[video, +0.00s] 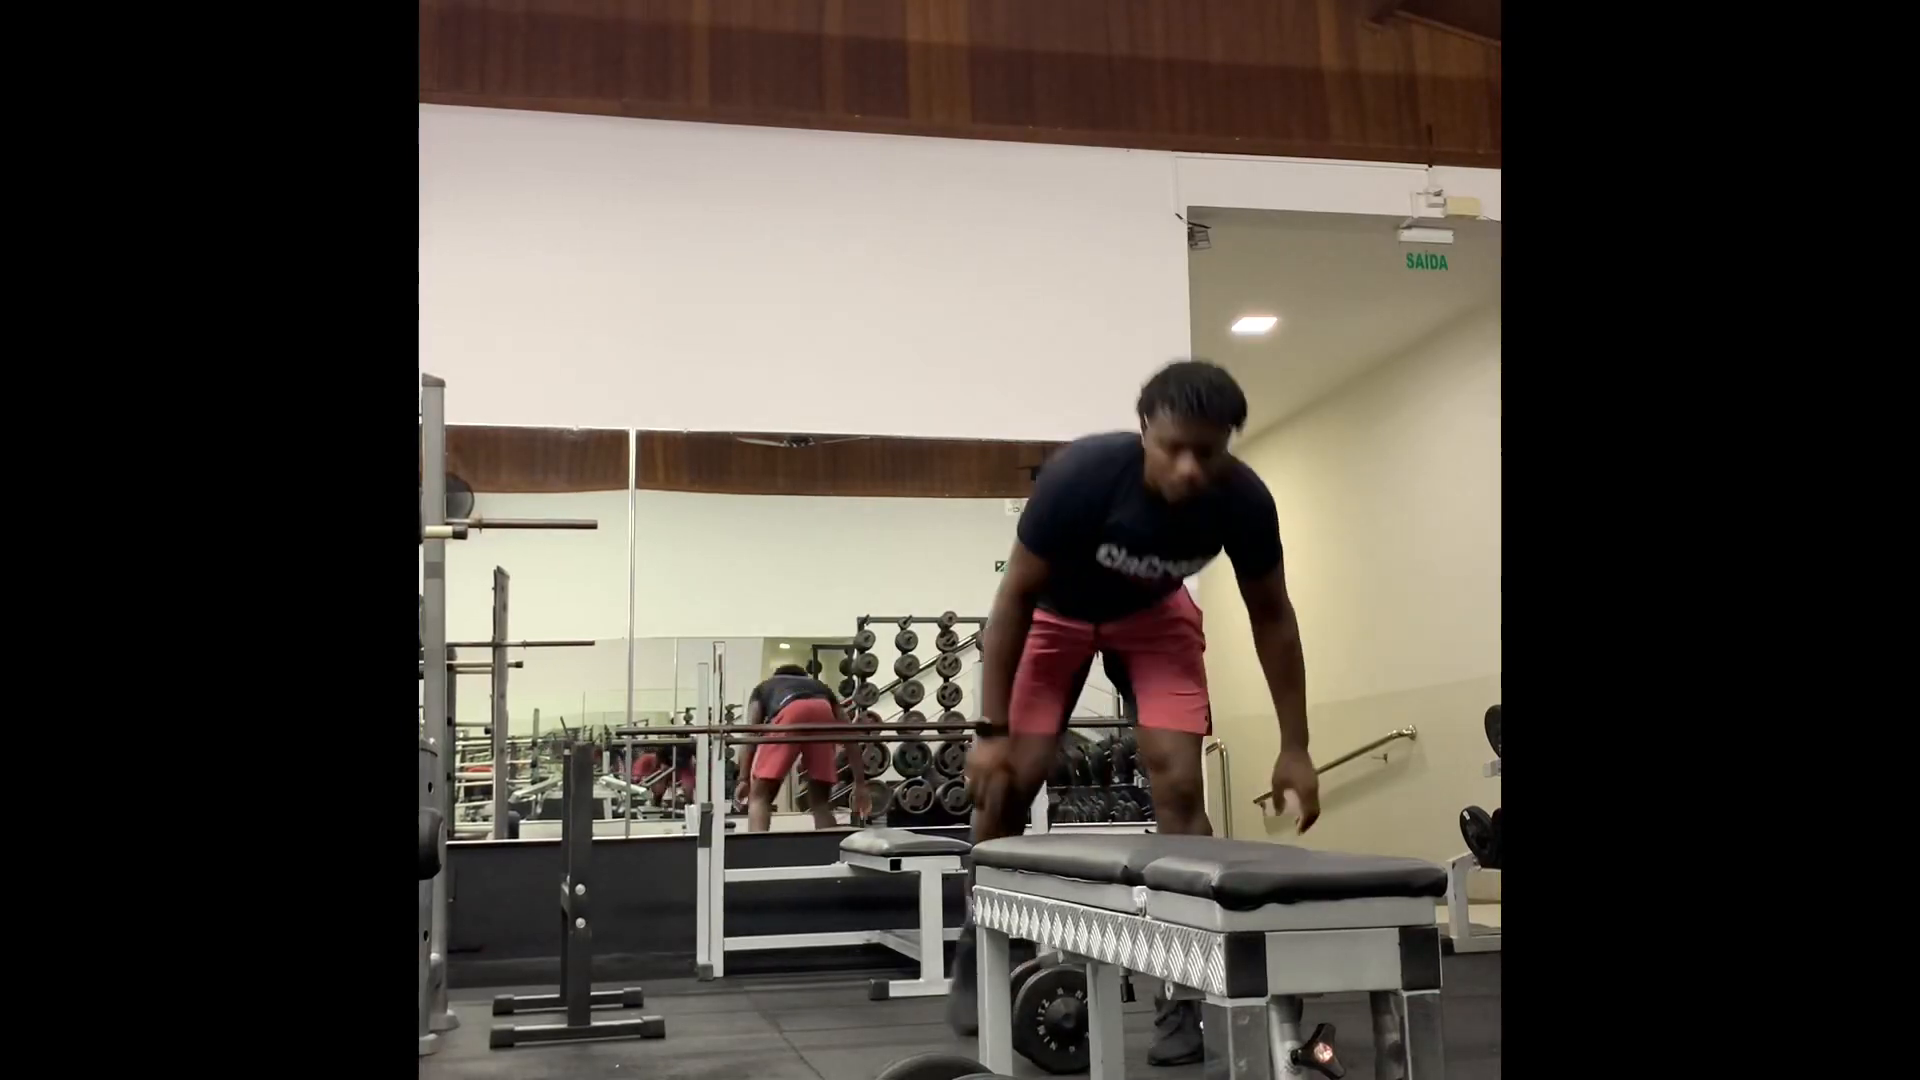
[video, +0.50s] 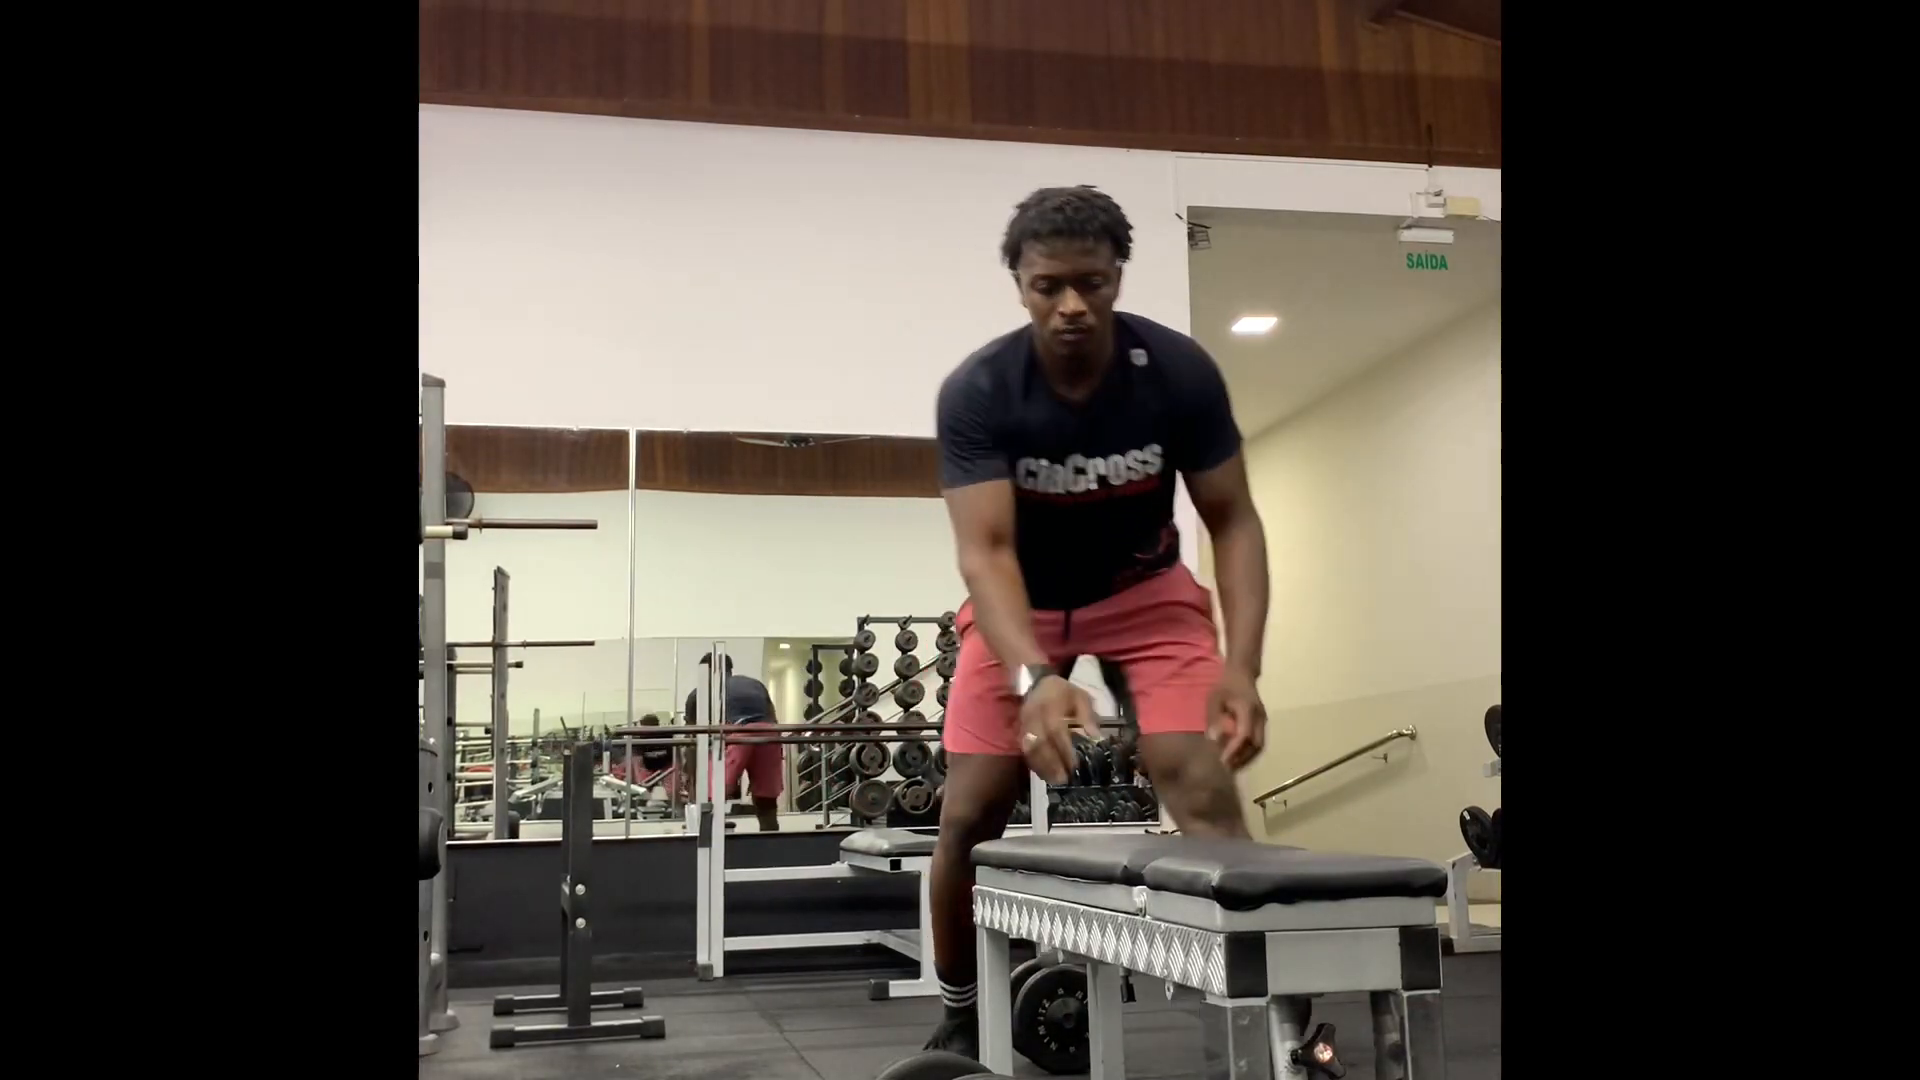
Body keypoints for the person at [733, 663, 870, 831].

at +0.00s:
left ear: (775, 676)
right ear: (803, 676)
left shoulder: (763, 687)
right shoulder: (820, 685)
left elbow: (751, 735)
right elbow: (851, 738)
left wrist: (744, 778)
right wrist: (860, 784)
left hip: (790, 710)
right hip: (825, 708)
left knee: (760, 794)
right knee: (820, 798)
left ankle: (757, 858)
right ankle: (831, 858)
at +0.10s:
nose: (755, 660)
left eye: (755, 657)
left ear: (759, 656)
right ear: (787, 656)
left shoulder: (749, 672)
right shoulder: (808, 672)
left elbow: (740, 719)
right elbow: (837, 718)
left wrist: (731, 759)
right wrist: (847, 753)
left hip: (777, 713)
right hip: (811, 711)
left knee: (740, 797)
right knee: (812, 799)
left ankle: (724, 857)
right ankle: (823, 857)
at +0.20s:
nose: (729, 652)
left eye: (729, 648)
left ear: (731, 648)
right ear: (758, 646)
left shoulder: (727, 669)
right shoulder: (782, 664)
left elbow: (717, 713)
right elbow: (809, 706)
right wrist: (822, 746)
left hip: (750, 721)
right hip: (787, 717)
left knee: (730, 805)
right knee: (798, 801)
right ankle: (820, 853)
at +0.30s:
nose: (705, 650)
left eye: (705, 646)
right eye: (706, 646)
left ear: (708, 647)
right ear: (734, 644)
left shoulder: (701, 672)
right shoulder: (760, 659)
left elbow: (693, 719)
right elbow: (785, 701)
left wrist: (690, 766)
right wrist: (791, 734)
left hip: (735, 720)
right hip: (772, 716)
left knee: (720, 792)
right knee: (784, 790)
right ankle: (795, 844)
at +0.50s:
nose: (703, 675)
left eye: (704, 671)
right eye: (703, 671)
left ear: (707, 670)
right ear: (730, 668)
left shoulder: (698, 696)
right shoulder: (755, 685)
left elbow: (692, 739)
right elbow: (773, 722)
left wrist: (690, 774)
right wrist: (778, 750)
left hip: (736, 744)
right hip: (769, 744)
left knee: (715, 801)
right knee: (766, 807)